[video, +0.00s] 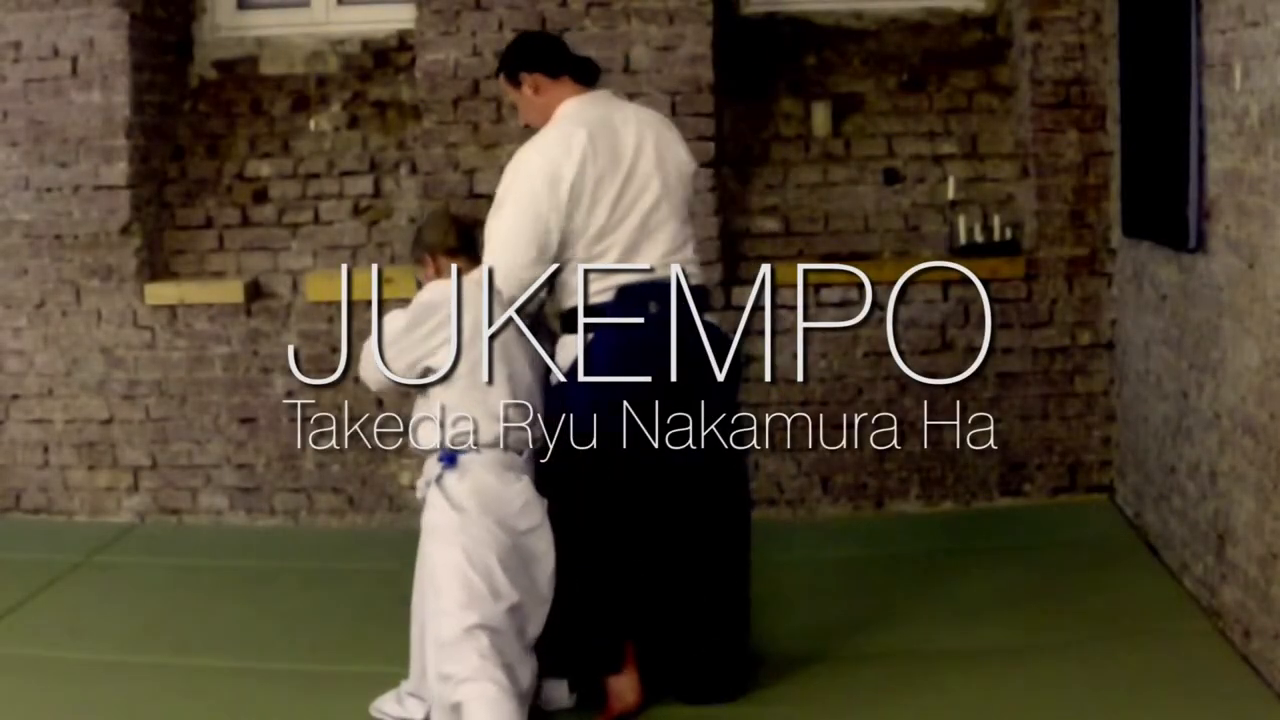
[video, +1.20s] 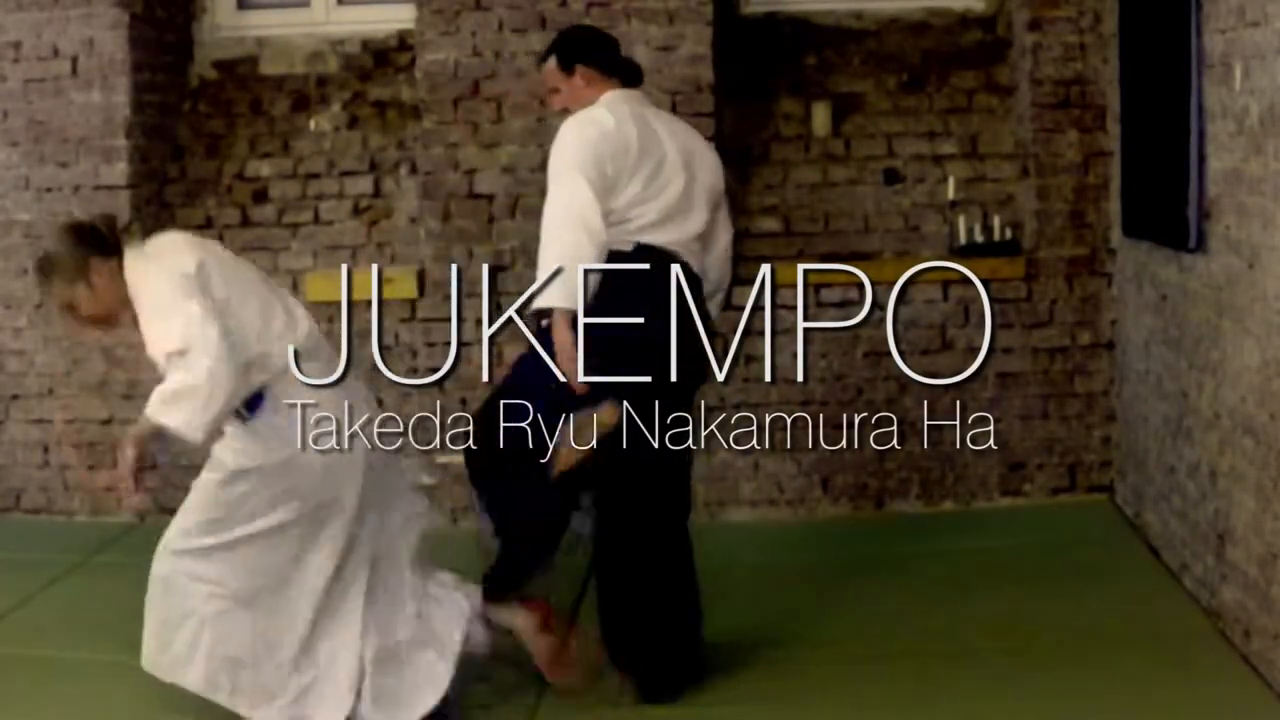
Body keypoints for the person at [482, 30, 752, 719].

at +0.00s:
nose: (519, 117)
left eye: (515, 102)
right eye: (514, 105)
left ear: (534, 84)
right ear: (576, 75)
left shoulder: (546, 153)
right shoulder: (661, 128)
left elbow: (509, 275)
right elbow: (681, 222)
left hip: (595, 343)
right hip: (680, 331)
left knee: (595, 509)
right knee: (682, 501)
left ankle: (617, 672)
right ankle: (699, 660)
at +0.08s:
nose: (512, 120)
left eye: (508, 105)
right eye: (506, 107)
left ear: (526, 87)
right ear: (569, 76)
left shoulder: (548, 152)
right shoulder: (648, 130)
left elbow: (508, 270)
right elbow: (664, 211)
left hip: (592, 348)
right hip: (672, 336)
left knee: (592, 513)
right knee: (673, 505)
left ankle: (614, 671)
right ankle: (693, 659)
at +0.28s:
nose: (485, 126)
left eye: (481, 112)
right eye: (480, 115)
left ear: (499, 98)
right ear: (540, 84)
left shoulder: (541, 151)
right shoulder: (613, 133)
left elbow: (494, 272)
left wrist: (446, 281)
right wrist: (478, 230)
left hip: (587, 355)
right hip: (653, 343)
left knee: (567, 520)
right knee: (624, 513)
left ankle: (543, 679)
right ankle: (622, 668)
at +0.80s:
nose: (480, 116)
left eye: (478, 103)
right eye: (478, 105)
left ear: (498, 89)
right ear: (546, 81)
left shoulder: (491, 151)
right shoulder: (622, 137)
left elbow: (424, 279)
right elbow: (633, 219)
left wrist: (423, 298)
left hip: (559, 349)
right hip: (647, 342)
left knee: (529, 509)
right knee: (630, 507)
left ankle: (532, 680)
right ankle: (629, 663)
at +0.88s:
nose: (500, 100)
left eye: (502, 87)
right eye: (502, 88)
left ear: (522, 82)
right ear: (570, 79)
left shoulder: (507, 147)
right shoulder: (640, 139)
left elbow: (454, 262)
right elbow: (673, 250)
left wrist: (442, 333)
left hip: (560, 336)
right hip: (649, 333)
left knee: (532, 503)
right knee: (630, 500)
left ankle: (529, 678)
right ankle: (627, 664)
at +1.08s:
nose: (541, 102)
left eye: (542, 90)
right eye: (539, 91)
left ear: (564, 80)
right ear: (610, 76)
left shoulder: (564, 138)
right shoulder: (688, 143)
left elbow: (551, 256)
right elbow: (714, 262)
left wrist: (525, 350)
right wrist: (688, 327)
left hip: (582, 341)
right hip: (667, 341)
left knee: (502, 472)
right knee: (646, 496)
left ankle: (522, 572)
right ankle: (627, 649)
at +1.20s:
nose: (553, 107)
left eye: (553, 92)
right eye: (548, 95)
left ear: (583, 75)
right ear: (618, 74)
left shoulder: (584, 132)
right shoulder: (695, 143)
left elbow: (572, 232)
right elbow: (717, 264)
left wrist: (563, 323)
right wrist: (691, 317)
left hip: (604, 315)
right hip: (678, 322)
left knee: (501, 435)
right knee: (652, 490)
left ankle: (523, 586)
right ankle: (664, 662)